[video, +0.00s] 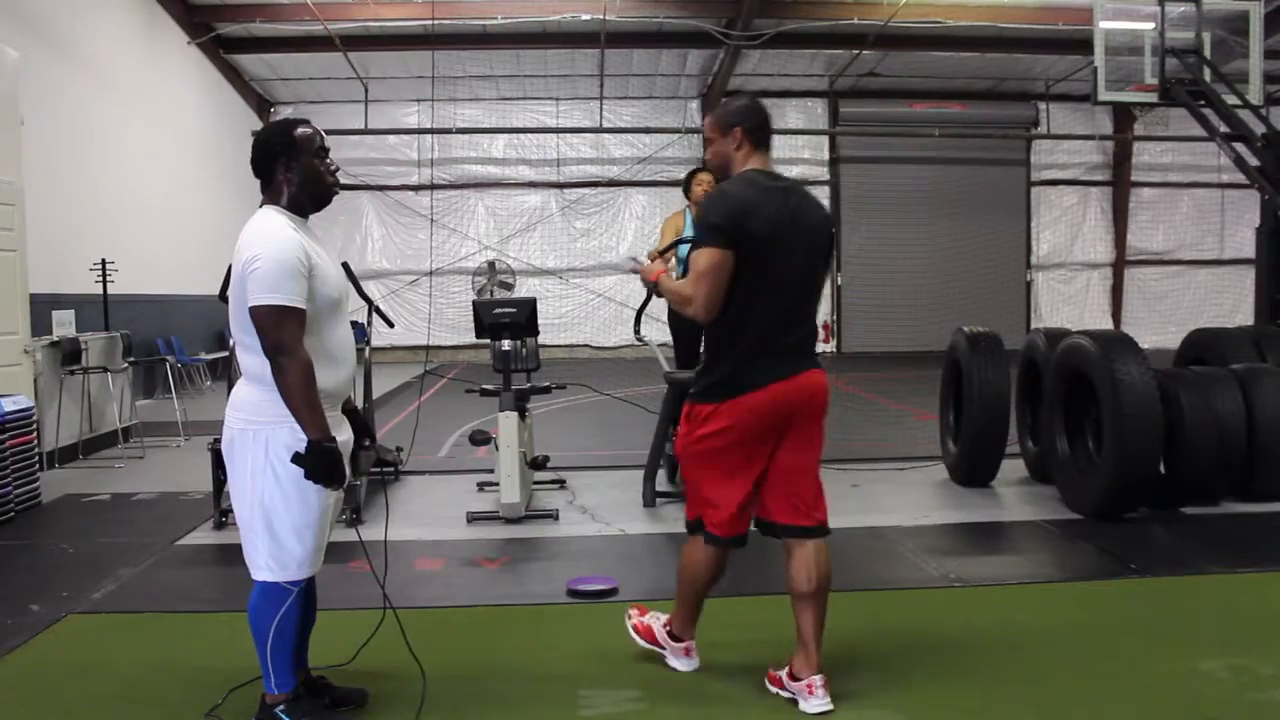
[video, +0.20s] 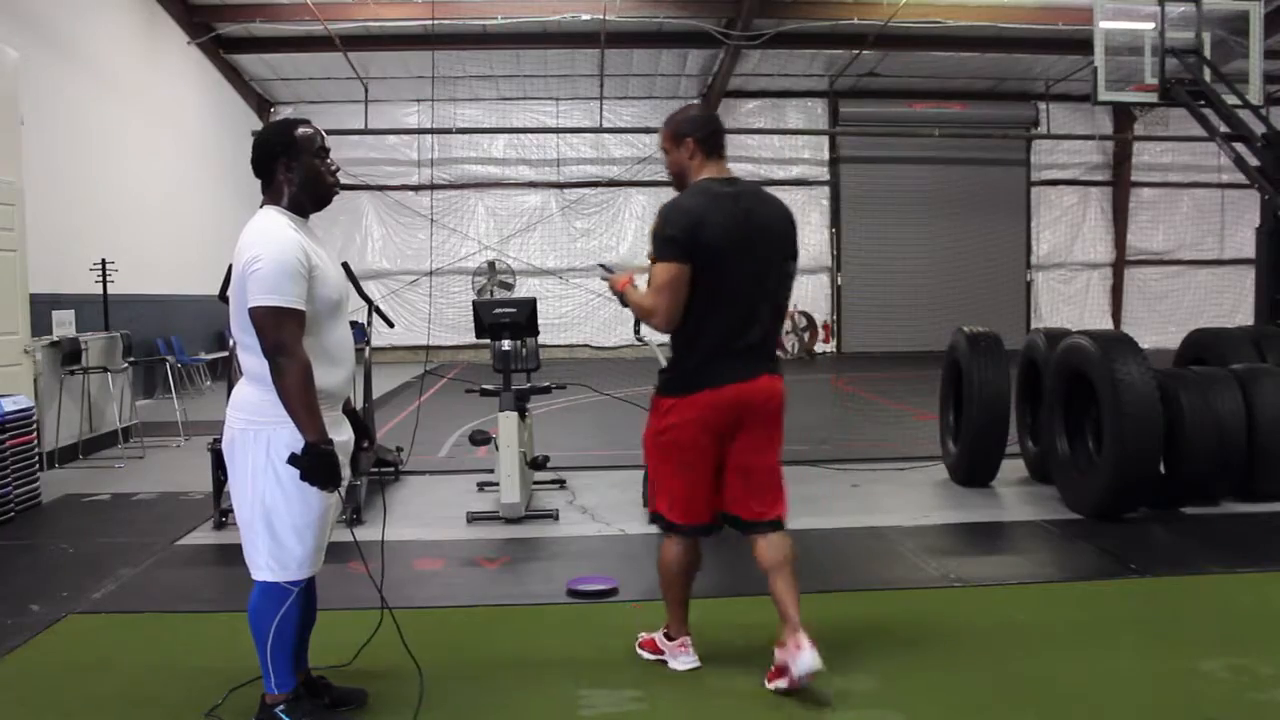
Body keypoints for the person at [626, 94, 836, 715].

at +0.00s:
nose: (706, 151)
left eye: (711, 140)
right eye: (706, 140)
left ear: (737, 138)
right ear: (758, 139)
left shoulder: (725, 202)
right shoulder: (814, 209)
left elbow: (700, 304)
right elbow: (804, 292)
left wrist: (659, 281)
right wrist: (713, 271)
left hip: (731, 395)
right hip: (804, 385)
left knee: (710, 524)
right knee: (805, 527)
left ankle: (679, 635)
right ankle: (807, 671)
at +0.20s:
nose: (665, 165)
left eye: (666, 154)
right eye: (663, 154)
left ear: (688, 148)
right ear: (716, 145)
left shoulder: (681, 215)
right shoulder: (776, 211)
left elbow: (664, 316)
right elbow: (772, 308)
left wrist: (629, 293)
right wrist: (663, 283)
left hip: (693, 395)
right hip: (762, 387)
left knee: (679, 520)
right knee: (764, 517)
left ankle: (676, 638)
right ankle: (795, 640)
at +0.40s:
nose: (633, 169)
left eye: (634, 159)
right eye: (632, 159)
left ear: (651, 153)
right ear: (684, 149)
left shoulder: (645, 218)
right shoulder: (747, 207)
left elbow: (626, 317)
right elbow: (767, 300)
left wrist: (603, 290)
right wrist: (776, 368)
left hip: (666, 391)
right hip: (730, 382)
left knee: (664, 519)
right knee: (729, 493)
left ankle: (675, 637)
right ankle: (752, 590)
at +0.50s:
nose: (627, 167)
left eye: (626, 157)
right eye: (626, 157)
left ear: (642, 152)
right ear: (678, 149)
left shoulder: (634, 216)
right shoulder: (735, 206)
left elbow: (615, 314)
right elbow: (761, 295)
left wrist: (596, 284)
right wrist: (775, 365)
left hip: (658, 389)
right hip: (720, 382)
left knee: (663, 517)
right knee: (715, 495)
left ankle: (676, 638)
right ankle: (730, 603)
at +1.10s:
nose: (616, 173)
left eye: (620, 164)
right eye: (616, 164)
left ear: (645, 163)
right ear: (657, 163)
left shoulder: (635, 217)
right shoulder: (699, 217)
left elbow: (619, 298)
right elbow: (710, 289)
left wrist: (576, 284)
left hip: (636, 384)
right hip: (685, 375)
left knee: (630, 498)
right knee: (659, 492)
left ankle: (670, 617)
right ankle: (651, 592)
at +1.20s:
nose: (614, 170)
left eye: (620, 161)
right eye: (615, 161)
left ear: (647, 163)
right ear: (654, 164)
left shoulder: (642, 215)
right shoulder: (687, 215)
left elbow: (623, 293)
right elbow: (693, 289)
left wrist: (577, 282)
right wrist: (599, 284)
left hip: (638, 378)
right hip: (683, 371)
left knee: (625, 493)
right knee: (658, 489)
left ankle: (666, 609)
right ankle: (650, 592)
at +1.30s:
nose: (613, 168)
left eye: (620, 160)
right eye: (614, 160)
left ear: (649, 164)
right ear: (653, 166)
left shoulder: (646, 215)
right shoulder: (680, 214)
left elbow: (632, 291)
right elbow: (652, 291)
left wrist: (579, 283)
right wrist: (592, 283)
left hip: (641, 376)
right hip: (680, 369)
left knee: (625, 490)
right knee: (656, 486)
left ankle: (673, 601)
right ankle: (651, 590)